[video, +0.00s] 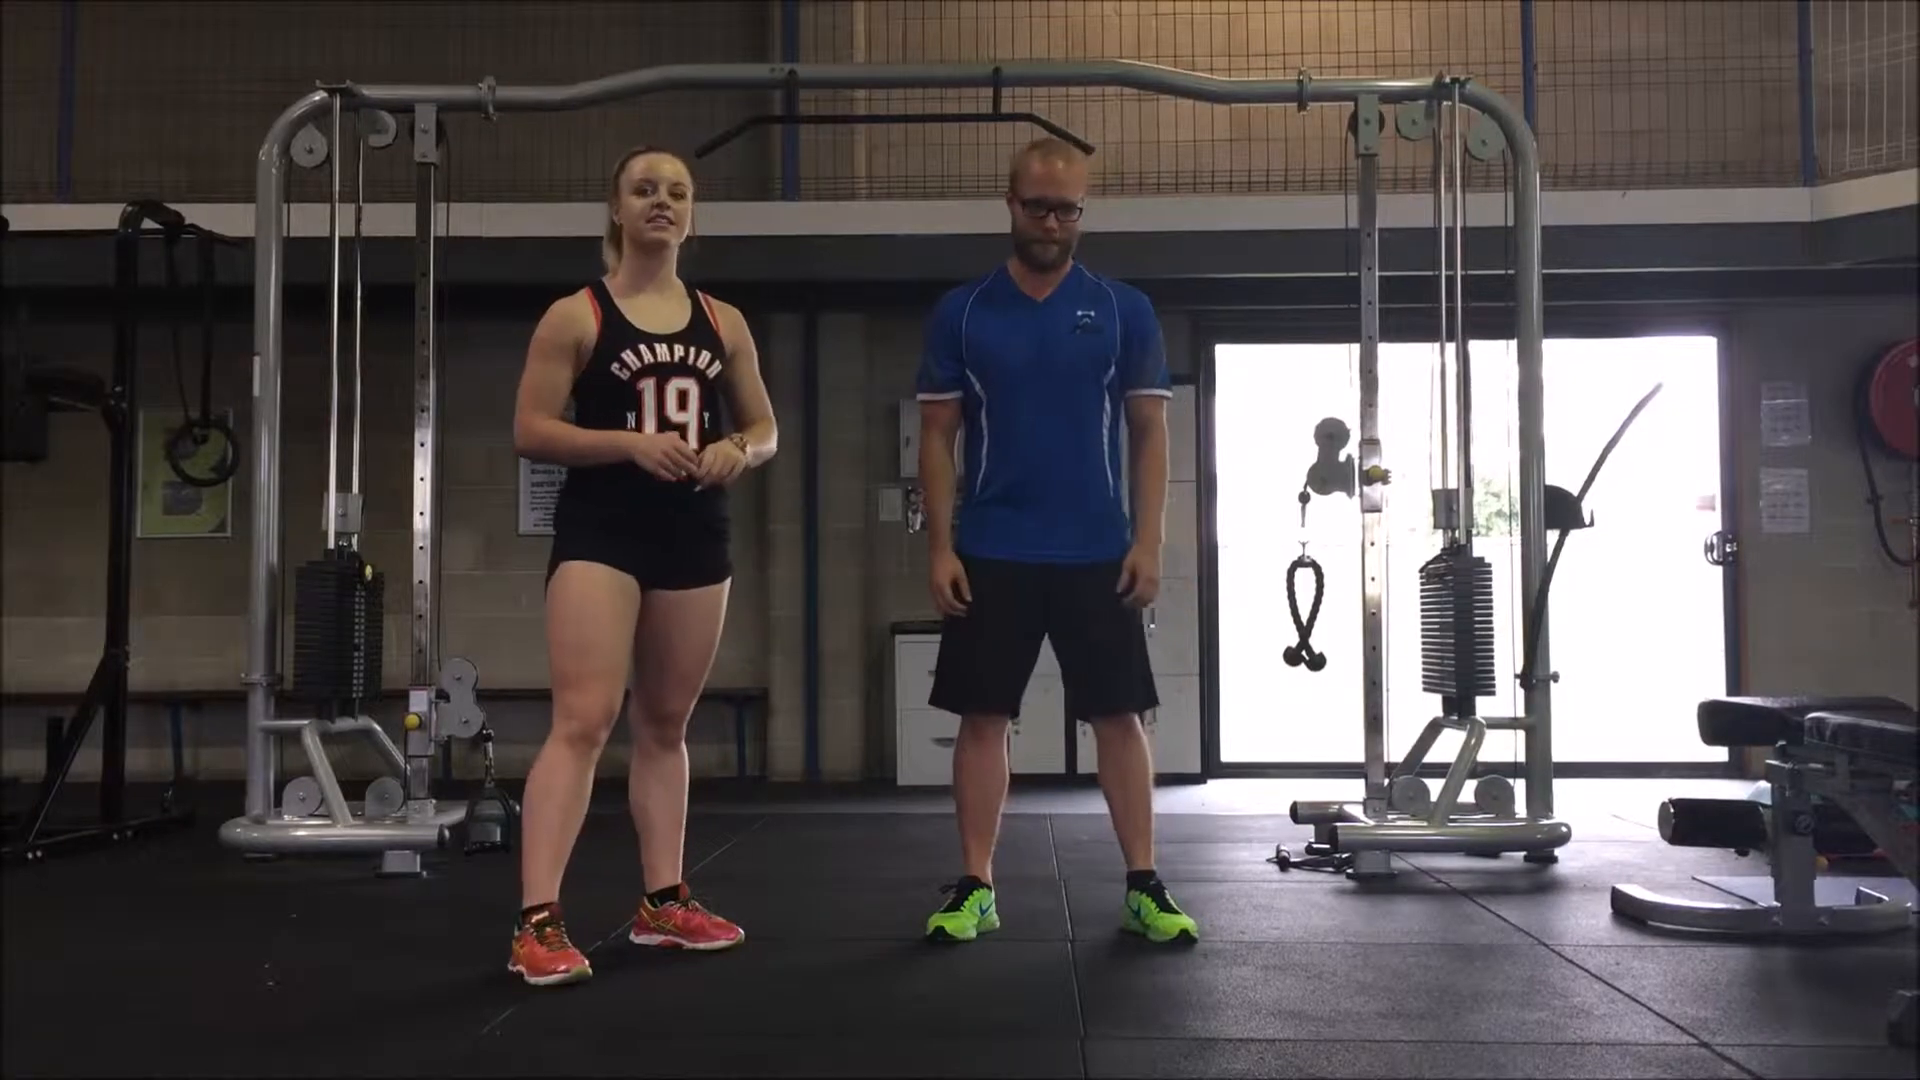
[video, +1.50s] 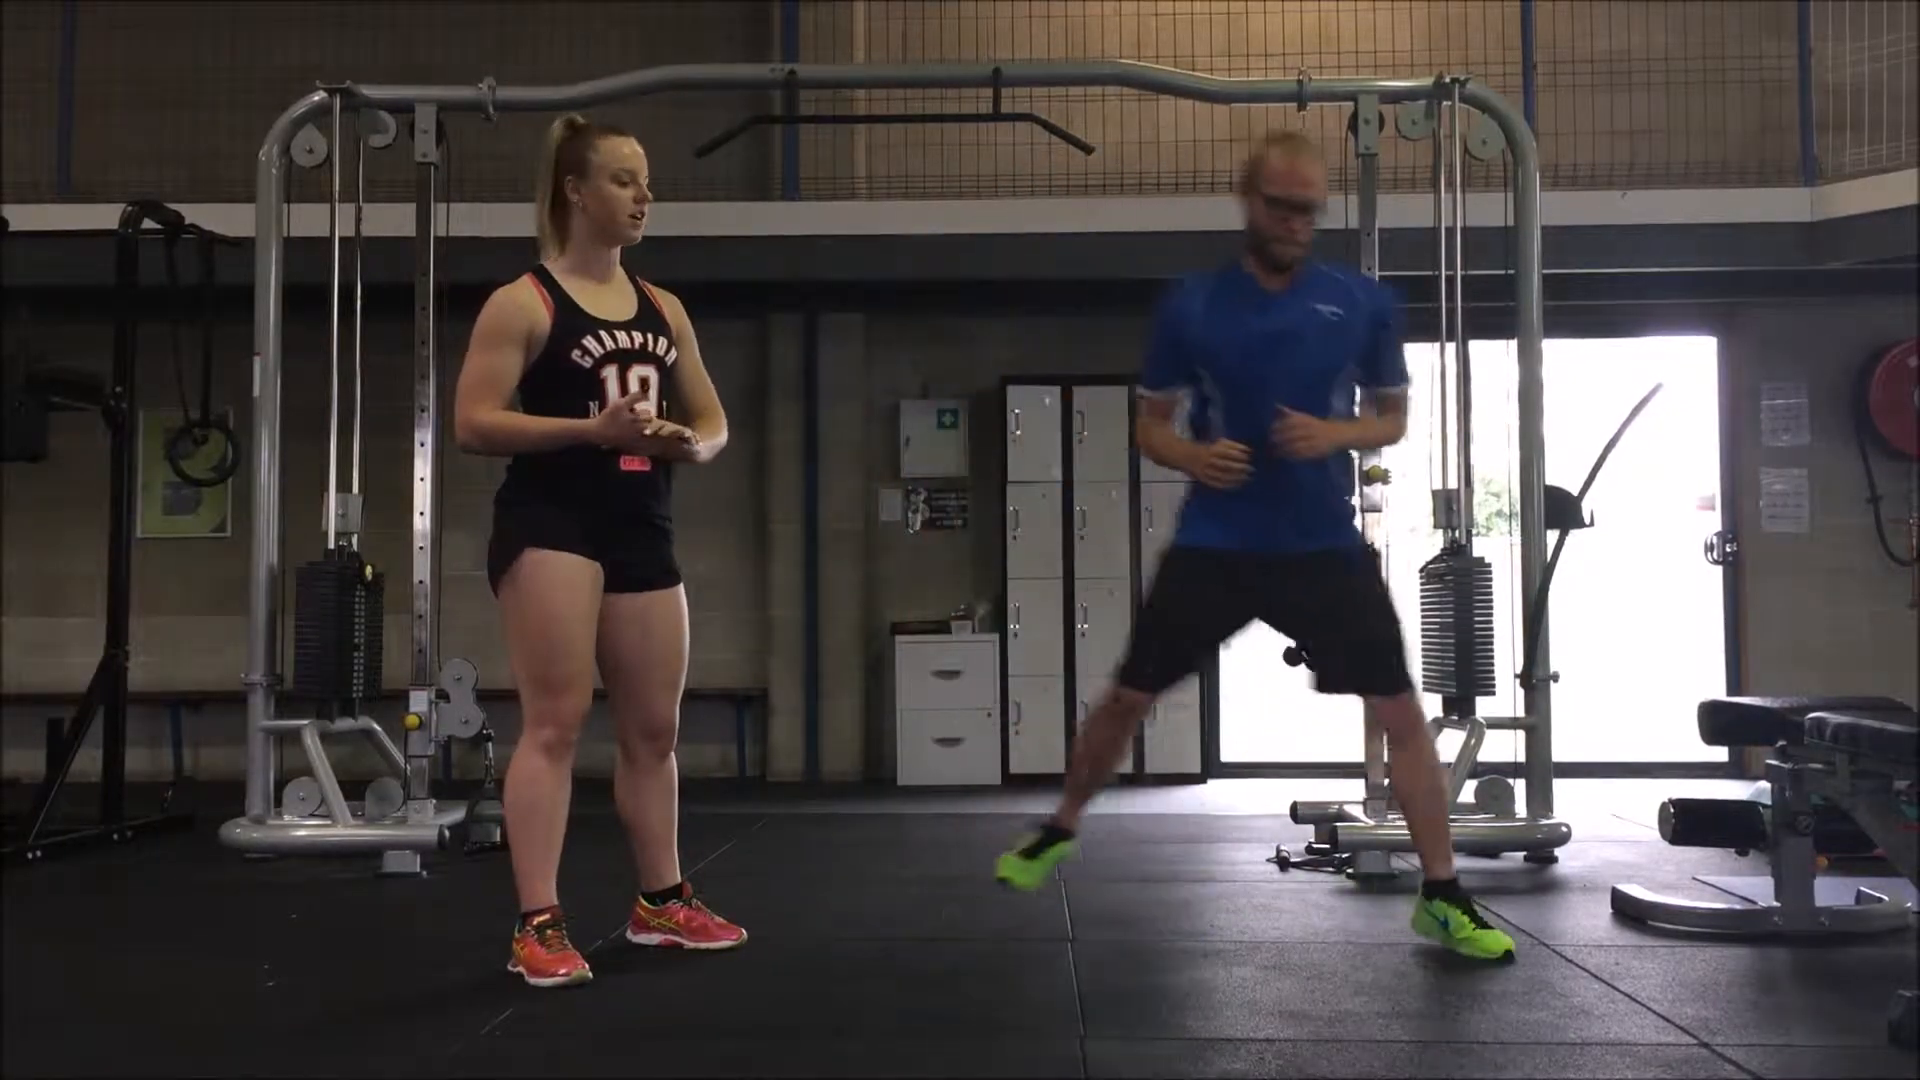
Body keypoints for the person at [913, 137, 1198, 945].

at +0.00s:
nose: (1053, 222)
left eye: (1067, 209)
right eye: (1038, 207)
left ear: (1085, 209)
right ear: (1009, 205)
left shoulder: (1124, 310)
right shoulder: (960, 313)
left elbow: (1149, 431)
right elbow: (936, 433)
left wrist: (1148, 542)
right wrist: (940, 545)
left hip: (1095, 554)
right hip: (994, 555)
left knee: (1120, 716)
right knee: (982, 718)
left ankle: (1144, 885)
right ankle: (976, 885)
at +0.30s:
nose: (1014, 222)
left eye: (1029, 209)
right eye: (1000, 207)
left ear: (1048, 211)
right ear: (975, 206)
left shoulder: (1086, 311)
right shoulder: (924, 310)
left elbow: (1110, 436)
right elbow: (896, 431)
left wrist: (1116, 548)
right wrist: (908, 545)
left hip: (1059, 555)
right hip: (959, 558)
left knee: (1100, 711)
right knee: (960, 722)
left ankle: (1132, 875)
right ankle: (973, 887)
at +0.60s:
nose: (997, 222)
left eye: (1011, 209)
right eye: (983, 207)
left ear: (1029, 210)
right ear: (954, 203)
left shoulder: (1068, 307)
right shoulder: (904, 307)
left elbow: (1094, 422)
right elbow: (866, 426)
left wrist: (1091, 525)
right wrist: (854, 546)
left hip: (1039, 544)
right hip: (944, 549)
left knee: (1048, 699)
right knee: (953, 716)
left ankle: (1025, 836)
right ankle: (969, 885)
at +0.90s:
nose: (997, 231)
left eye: (1010, 217)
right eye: (981, 216)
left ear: (1028, 215)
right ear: (952, 215)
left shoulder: (1075, 306)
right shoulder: (906, 326)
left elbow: (1118, 419)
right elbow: (875, 449)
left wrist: (1110, 524)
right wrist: (870, 557)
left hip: (1056, 553)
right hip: (959, 559)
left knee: (1056, 711)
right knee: (957, 724)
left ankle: (1015, 839)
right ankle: (970, 886)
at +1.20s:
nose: (1076, 265)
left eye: (1090, 253)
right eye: (1061, 249)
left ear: (1107, 260)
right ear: (1030, 251)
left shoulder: (1147, 354)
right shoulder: (985, 365)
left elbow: (1187, 463)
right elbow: (961, 483)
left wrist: (1150, 513)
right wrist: (1001, 552)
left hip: (1125, 583)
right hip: (1025, 584)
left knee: (1179, 720)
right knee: (987, 741)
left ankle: (1180, 864)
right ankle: (976, 890)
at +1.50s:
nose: (1294, 221)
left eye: (1308, 208)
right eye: (1279, 205)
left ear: (1325, 209)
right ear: (1245, 201)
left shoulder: (1364, 304)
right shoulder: (1193, 304)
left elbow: (1391, 419)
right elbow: (1148, 424)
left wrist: (1336, 432)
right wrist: (1192, 455)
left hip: (1325, 551)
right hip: (1215, 547)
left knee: (1401, 711)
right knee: (1130, 694)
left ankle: (1441, 891)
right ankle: (1061, 827)